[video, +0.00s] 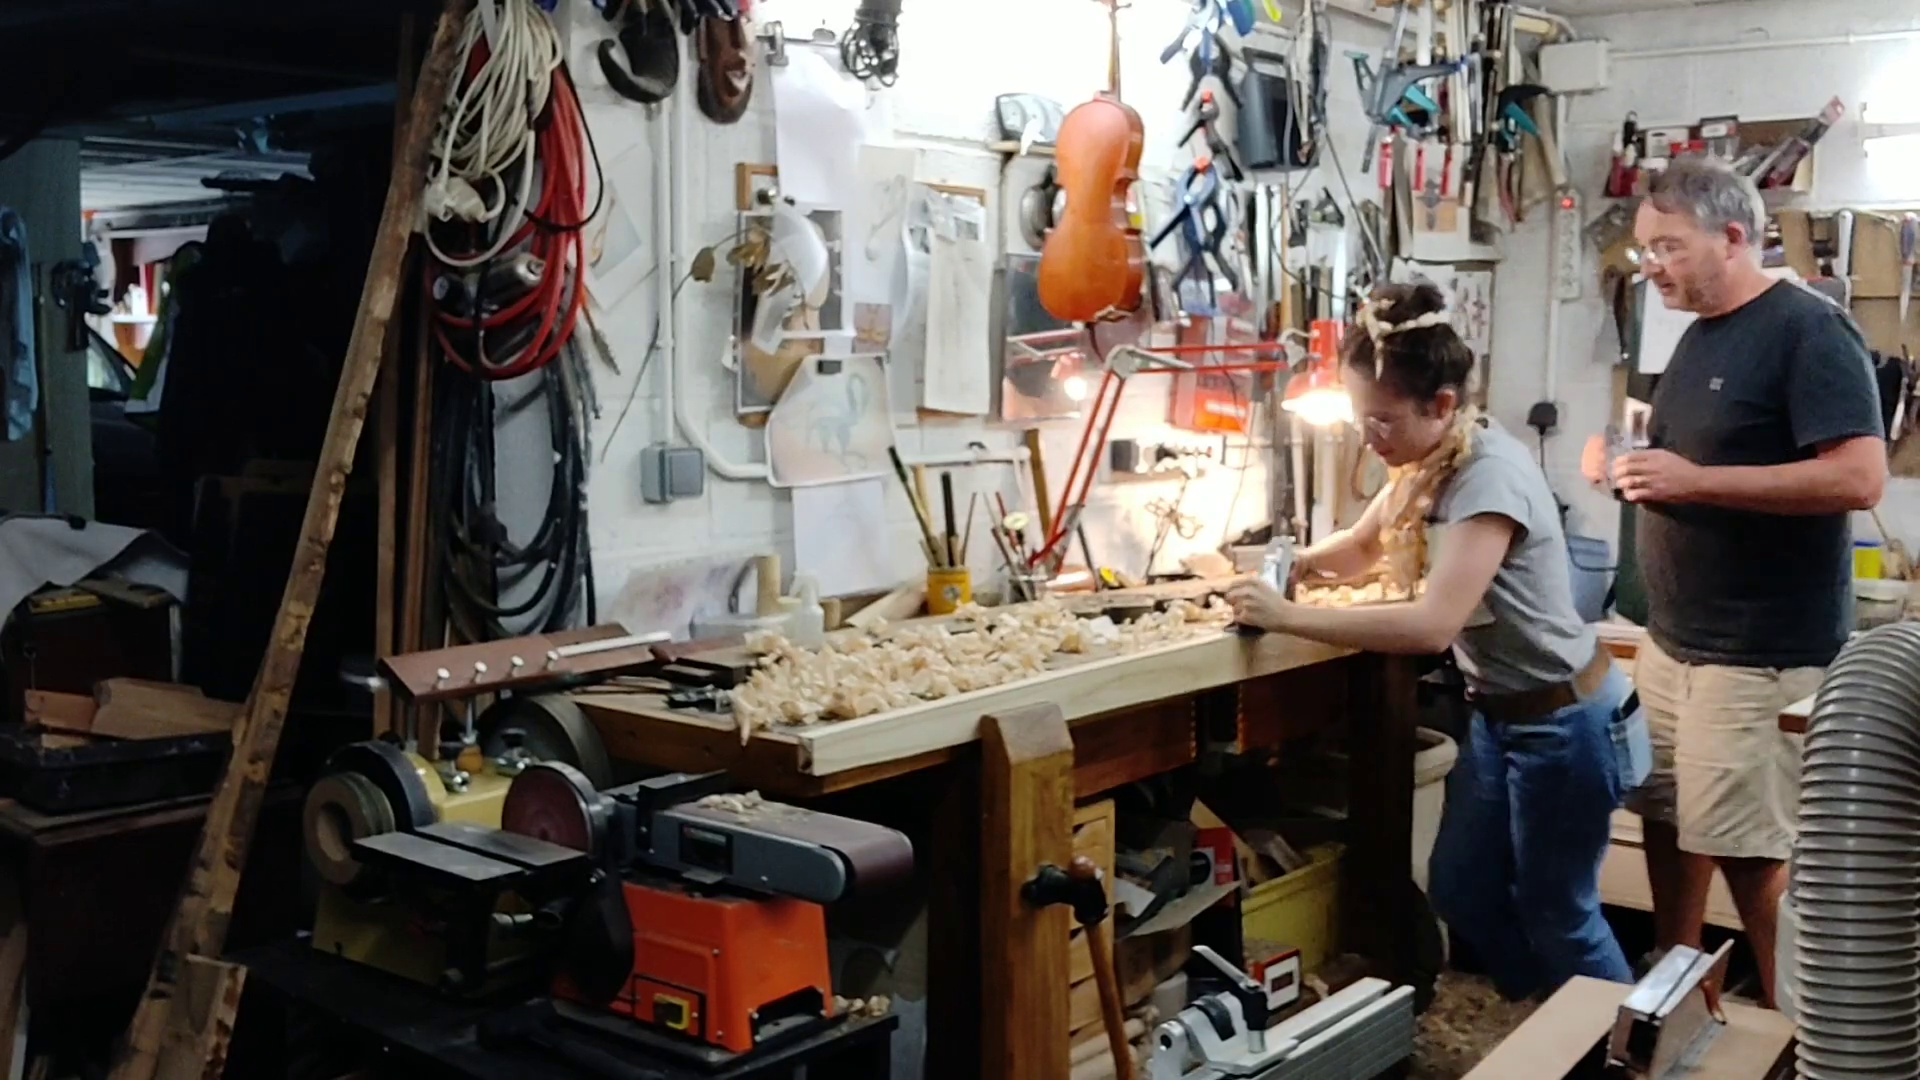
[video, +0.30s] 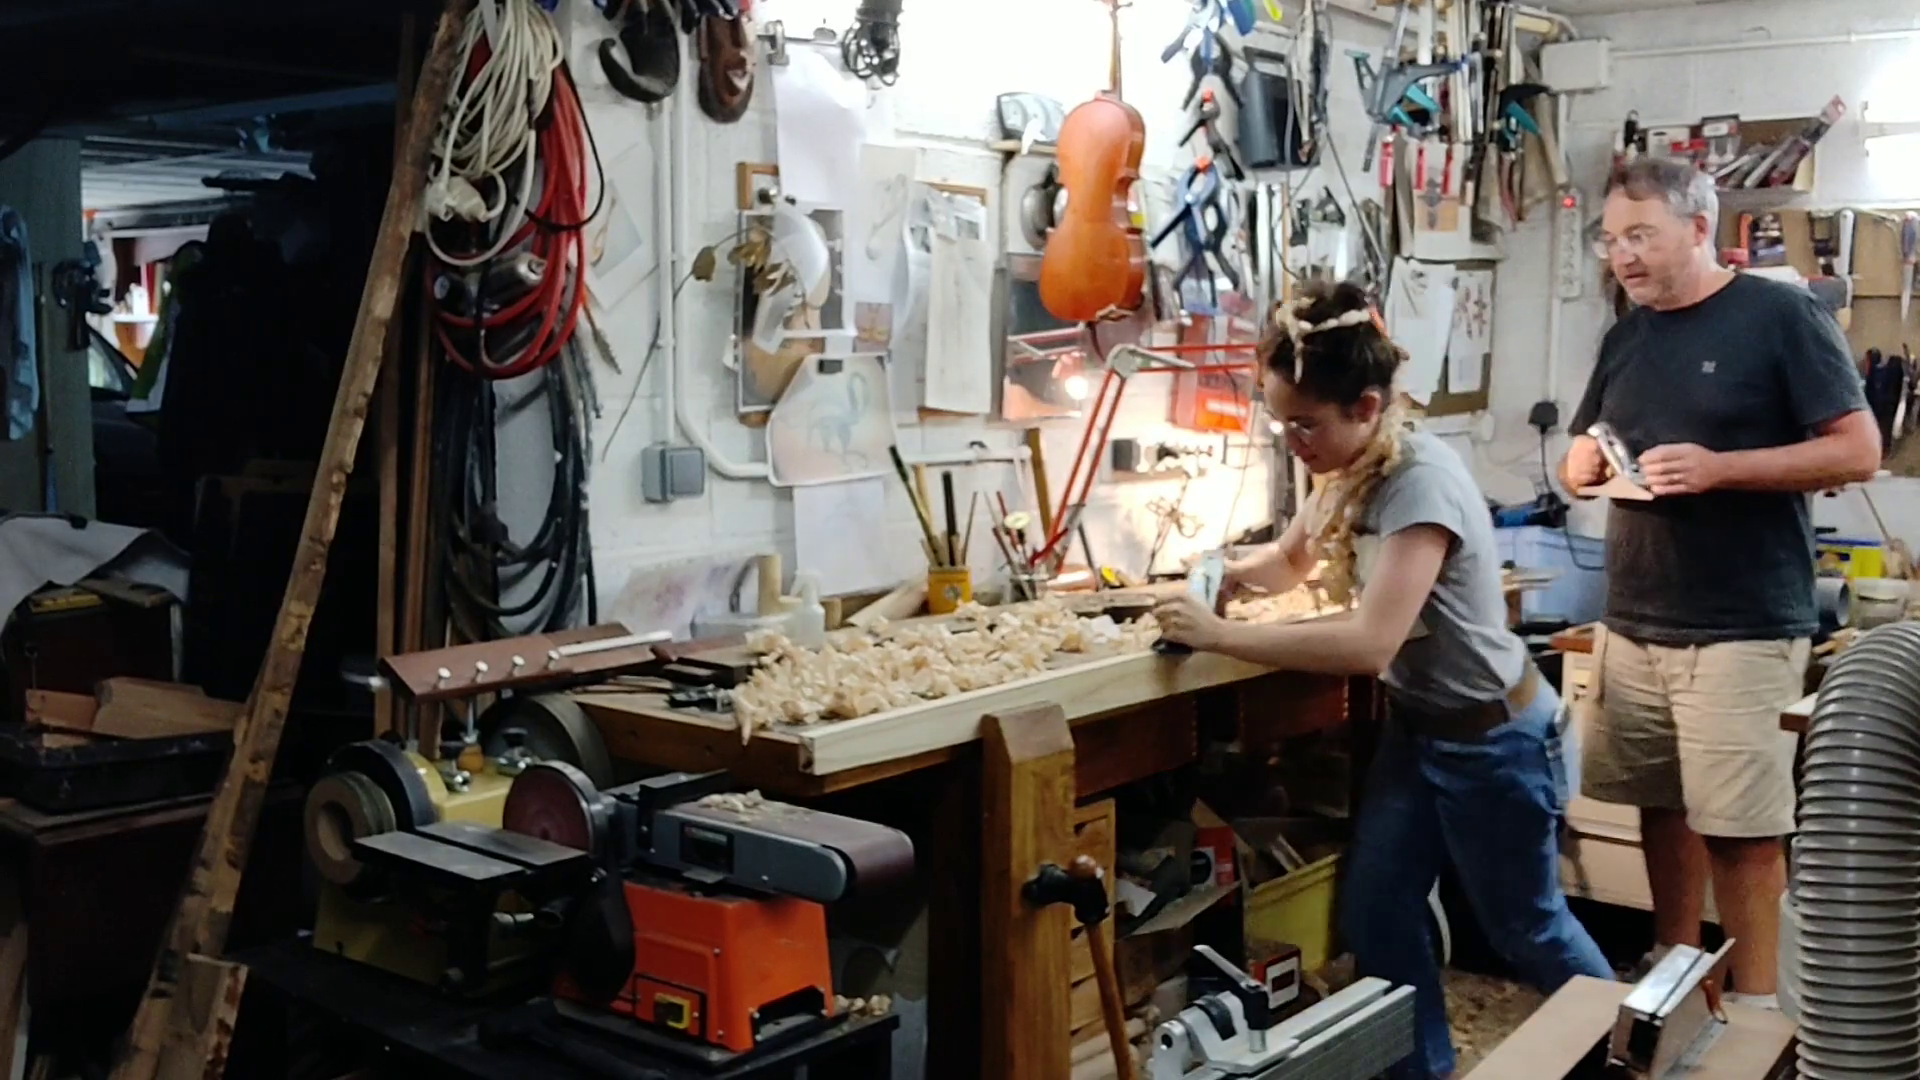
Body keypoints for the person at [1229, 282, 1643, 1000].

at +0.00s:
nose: (1368, 437)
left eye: (1382, 422)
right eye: (1361, 419)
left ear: (1442, 405)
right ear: (1356, 393)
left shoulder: (1492, 475)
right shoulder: (1425, 466)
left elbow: (1433, 624)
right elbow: (1365, 545)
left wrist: (1286, 615)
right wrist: (1292, 563)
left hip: (1563, 726)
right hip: (1492, 719)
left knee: (1560, 915)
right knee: (1462, 892)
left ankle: (1628, 1037)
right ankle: (1546, 1016)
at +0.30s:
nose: (1289, 440)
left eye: (1304, 423)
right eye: (1279, 421)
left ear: (1367, 405)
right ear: (1271, 396)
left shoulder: (1423, 481)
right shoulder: (1344, 470)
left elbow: (1369, 643)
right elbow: (1293, 557)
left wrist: (1219, 633)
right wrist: (1224, 575)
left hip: (1500, 740)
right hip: (1417, 734)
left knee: (1529, 931)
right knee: (1378, 912)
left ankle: (1625, 1043)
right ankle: (1424, 1064)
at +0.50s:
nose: (1217, 449)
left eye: (1231, 430)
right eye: (1208, 429)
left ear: (1295, 407)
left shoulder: (1360, 481)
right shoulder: (1283, 483)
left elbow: (1314, 652)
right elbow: (1221, 572)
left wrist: (1162, 652)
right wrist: (1144, 597)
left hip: (1439, 752)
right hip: (1362, 745)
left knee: (1395, 971)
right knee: (1353, 962)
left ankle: (1523, 1061)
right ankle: (1452, 1062)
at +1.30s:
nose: (1074, 388)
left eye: (1089, 369)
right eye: (1075, 367)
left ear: (1164, 372)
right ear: (1160, 372)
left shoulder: (1202, 487)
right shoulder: (1154, 466)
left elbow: (1022, 641)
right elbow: (1030, 583)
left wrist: (832, 697)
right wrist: (914, 636)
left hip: (1322, 788)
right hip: (1351, 762)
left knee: (1220, 1043)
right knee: (1360, 1028)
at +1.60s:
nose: (1172, 343)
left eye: (1178, 320)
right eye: (1171, 320)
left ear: (1223, 328)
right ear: (1300, 325)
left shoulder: (1253, 466)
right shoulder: (1344, 432)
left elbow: (1164, 677)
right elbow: (1289, 600)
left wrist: (1021, 597)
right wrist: (1149, 579)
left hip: (1322, 786)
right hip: (1430, 761)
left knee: (1228, 1043)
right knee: (1380, 1043)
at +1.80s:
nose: (1288, 325)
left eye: (1287, 309)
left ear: (1302, 320)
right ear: (1413, 310)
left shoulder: (1280, 468)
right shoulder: (1500, 446)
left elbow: (1237, 675)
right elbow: (1504, 634)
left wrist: (1165, 581)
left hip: (1332, 784)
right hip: (1475, 771)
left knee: (1237, 1037)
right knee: (1419, 1050)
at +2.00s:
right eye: (1483, 301)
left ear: (1358, 308)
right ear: (1472, 306)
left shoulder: (1296, 449)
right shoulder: (1548, 446)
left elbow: (1281, 639)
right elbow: (1584, 645)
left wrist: (1360, 574)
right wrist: (1509, 581)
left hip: (1327, 754)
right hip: (1477, 755)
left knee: (1295, 1029)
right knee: (1434, 1042)